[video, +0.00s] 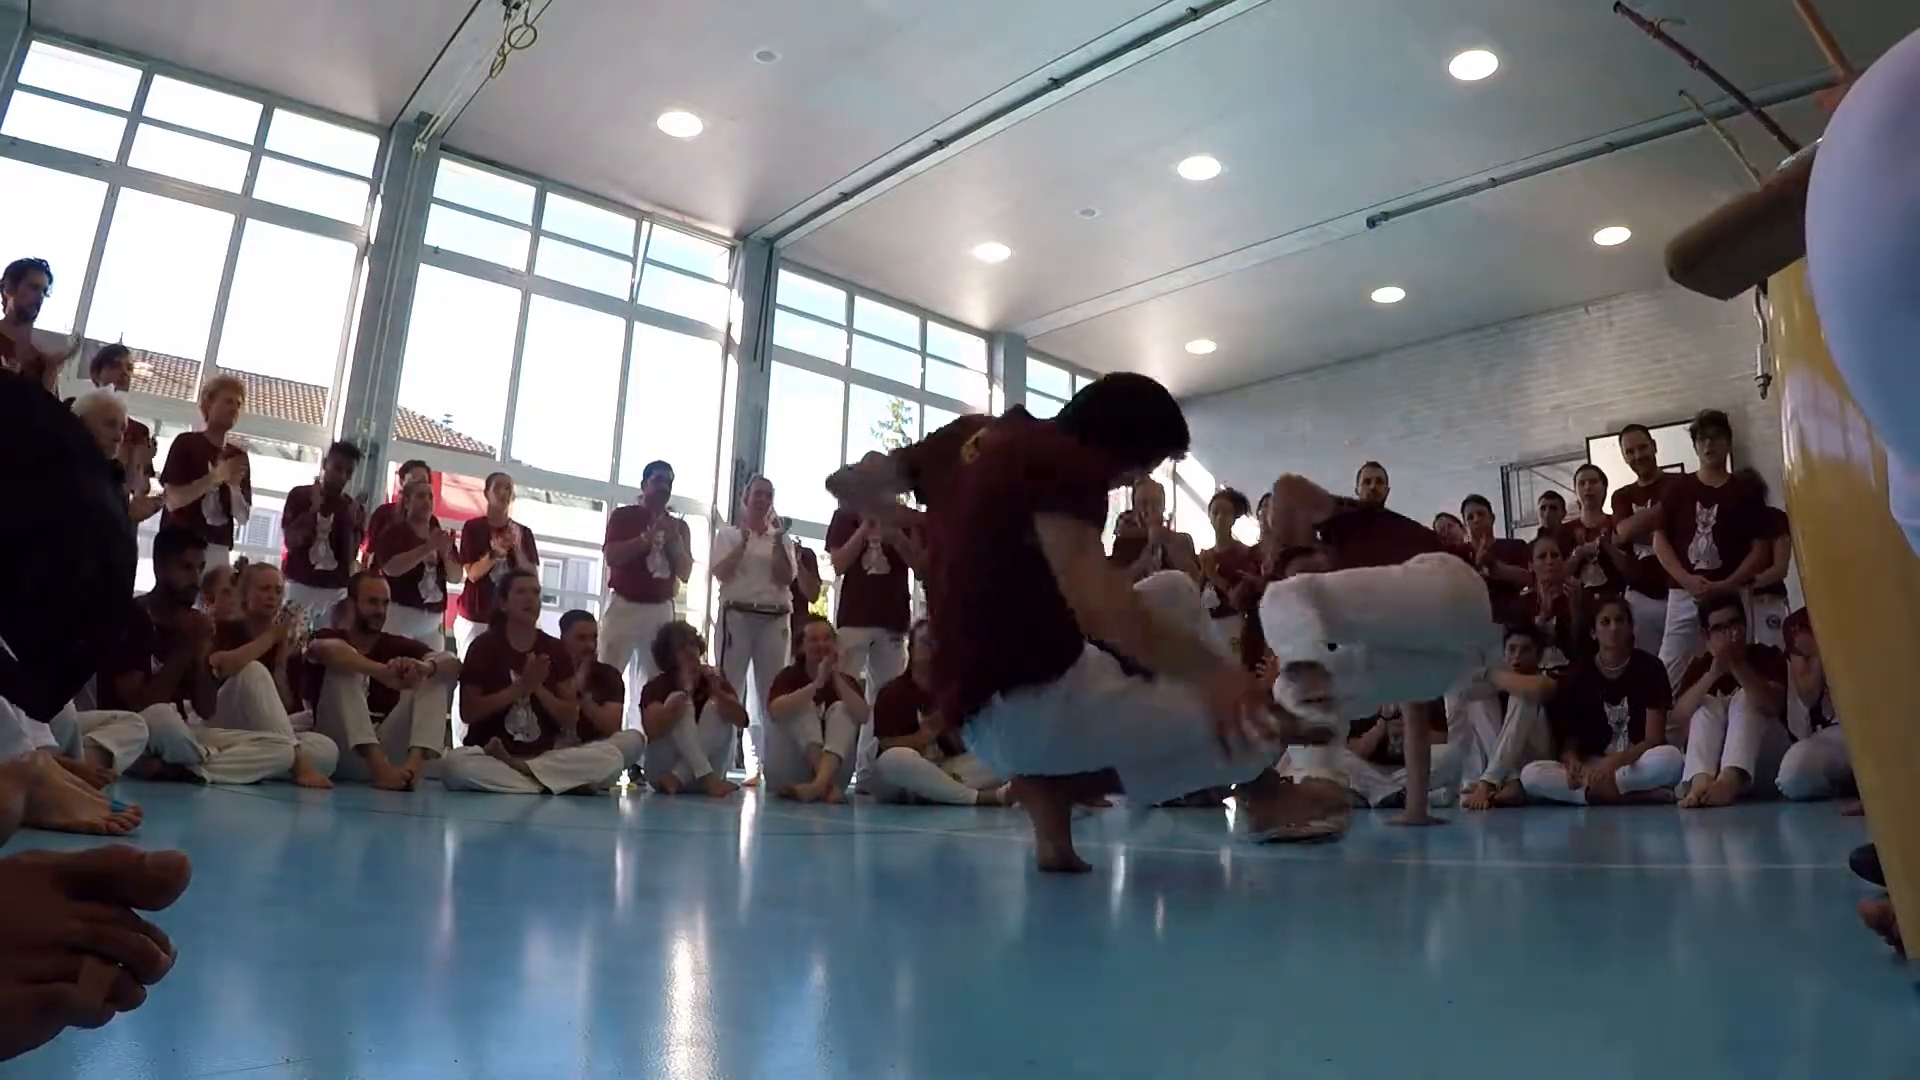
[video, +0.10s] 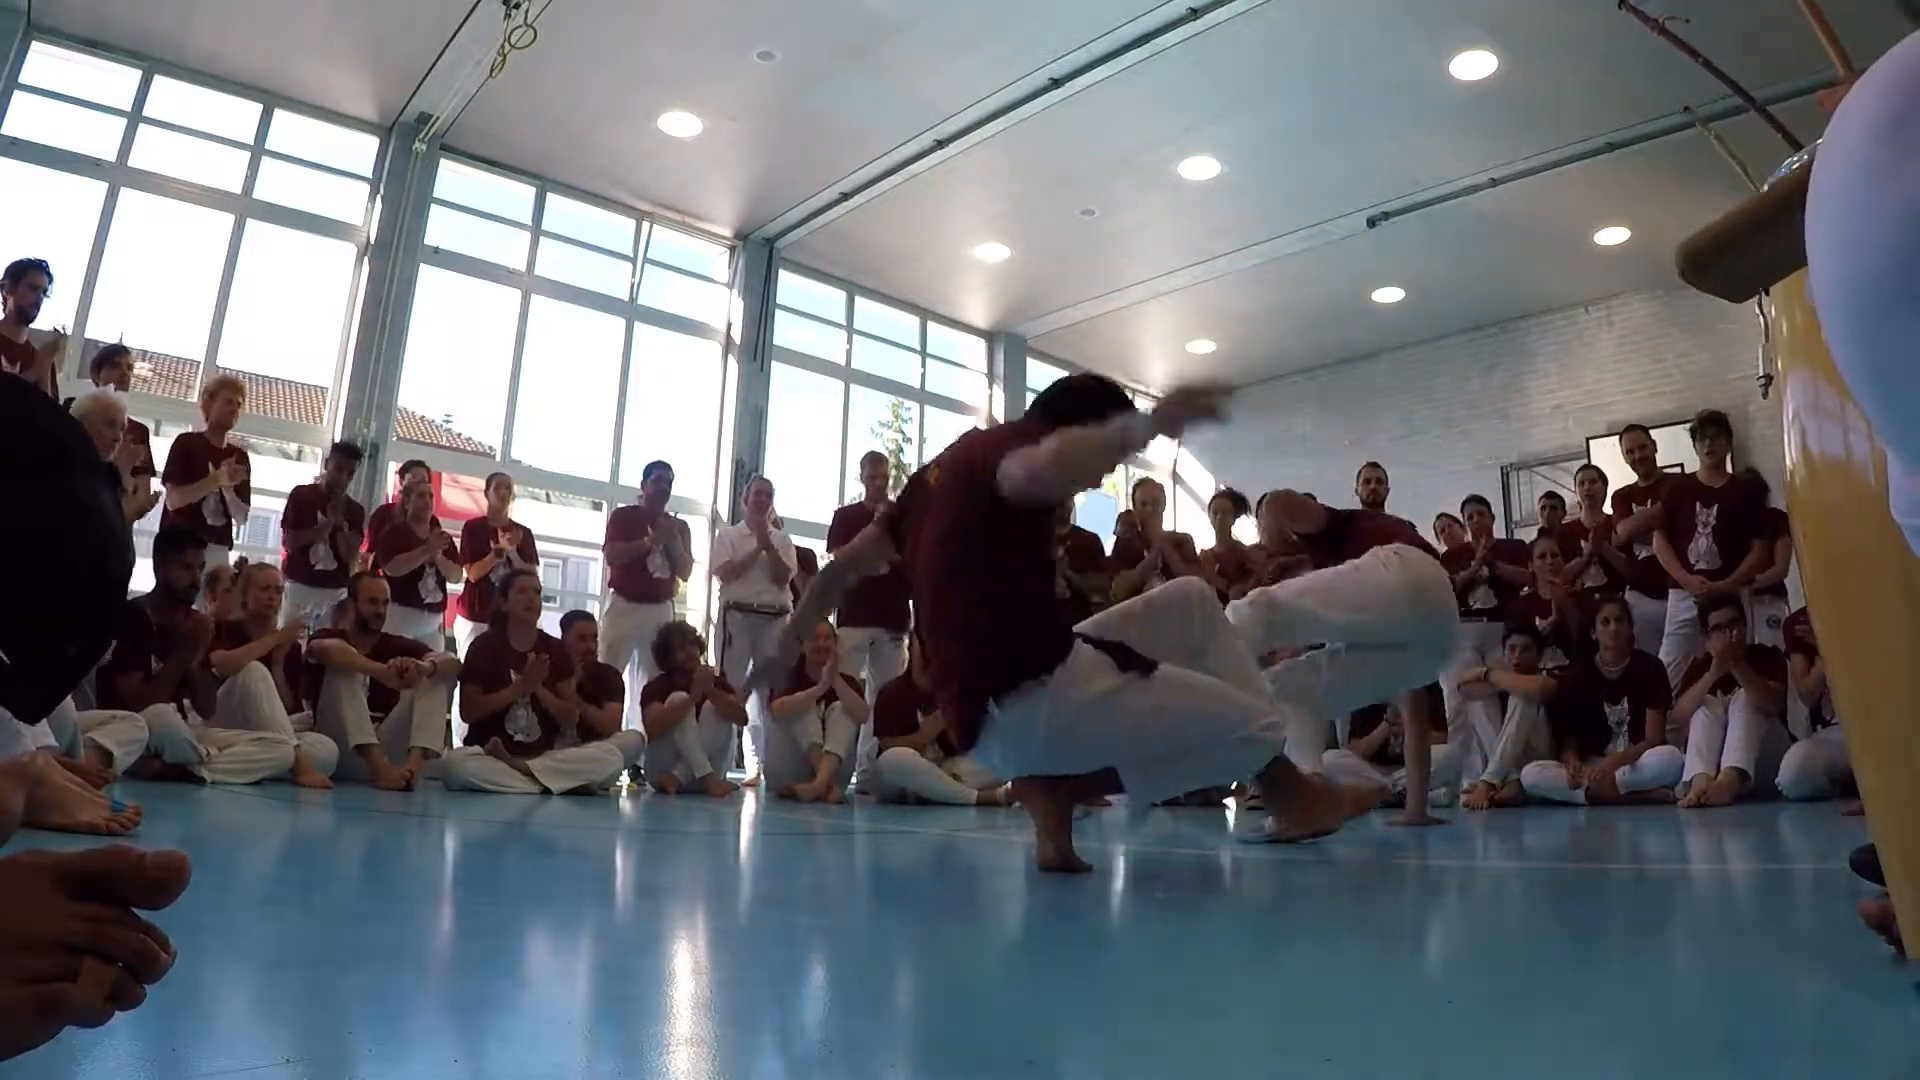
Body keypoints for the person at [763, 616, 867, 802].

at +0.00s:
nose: (821, 645)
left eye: (826, 639)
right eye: (814, 640)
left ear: (835, 644)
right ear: (801, 646)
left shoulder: (847, 681)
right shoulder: (788, 676)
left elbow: (862, 715)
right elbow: (776, 711)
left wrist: (836, 677)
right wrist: (817, 684)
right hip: (786, 774)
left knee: (842, 708)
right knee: (801, 704)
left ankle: (819, 784)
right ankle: (828, 784)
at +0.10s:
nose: (821, 645)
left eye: (827, 639)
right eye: (814, 639)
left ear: (835, 644)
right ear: (802, 644)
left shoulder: (848, 682)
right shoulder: (787, 675)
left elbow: (862, 716)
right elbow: (777, 710)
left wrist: (835, 679)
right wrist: (821, 688)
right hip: (787, 774)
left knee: (842, 708)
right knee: (801, 704)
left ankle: (819, 783)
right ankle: (828, 784)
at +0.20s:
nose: (818, 645)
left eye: (824, 639)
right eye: (812, 639)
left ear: (833, 644)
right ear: (801, 646)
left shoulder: (847, 681)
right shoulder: (787, 676)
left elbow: (863, 716)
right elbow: (776, 711)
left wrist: (835, 678)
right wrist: (810, 695)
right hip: (794, 765)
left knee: (843, 709)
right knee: (805, 707)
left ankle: (820, 782)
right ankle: (829, 784)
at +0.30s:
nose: (820, 646)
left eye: (826, 640)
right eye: (813, 640)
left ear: (835, 644)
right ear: (801, 645)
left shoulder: (842, 679)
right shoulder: (788, 676)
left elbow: (863, 717)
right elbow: (776, 711)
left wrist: (843, 679)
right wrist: (816, 684)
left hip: (827, 774)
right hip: (785, 774)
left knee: (844, 710)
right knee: (797, 705)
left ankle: (821, 785)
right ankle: (828, 780)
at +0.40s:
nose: (819, 645)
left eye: (824, 639)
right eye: (812, 640)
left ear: (834, 643)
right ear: (801, 645)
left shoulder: (844, 679)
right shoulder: (789, 675)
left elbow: (864, 717)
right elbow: (775, 712)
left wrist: (833, 682)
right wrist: (814, 684)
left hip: (829, 774)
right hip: (786, 773)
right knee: (797, 700)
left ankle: (824, 787)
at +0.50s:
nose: (818, 646)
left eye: (823, 640)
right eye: (812, 640)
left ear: (835, 645)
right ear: (802, 645)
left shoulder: (845, 682)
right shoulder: (789, 676)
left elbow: (862, 717)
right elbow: (775, 711)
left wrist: (840, 692)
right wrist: (816, 692)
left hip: (828, 779)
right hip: (786, 776)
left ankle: (824, 788)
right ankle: (829, 785)